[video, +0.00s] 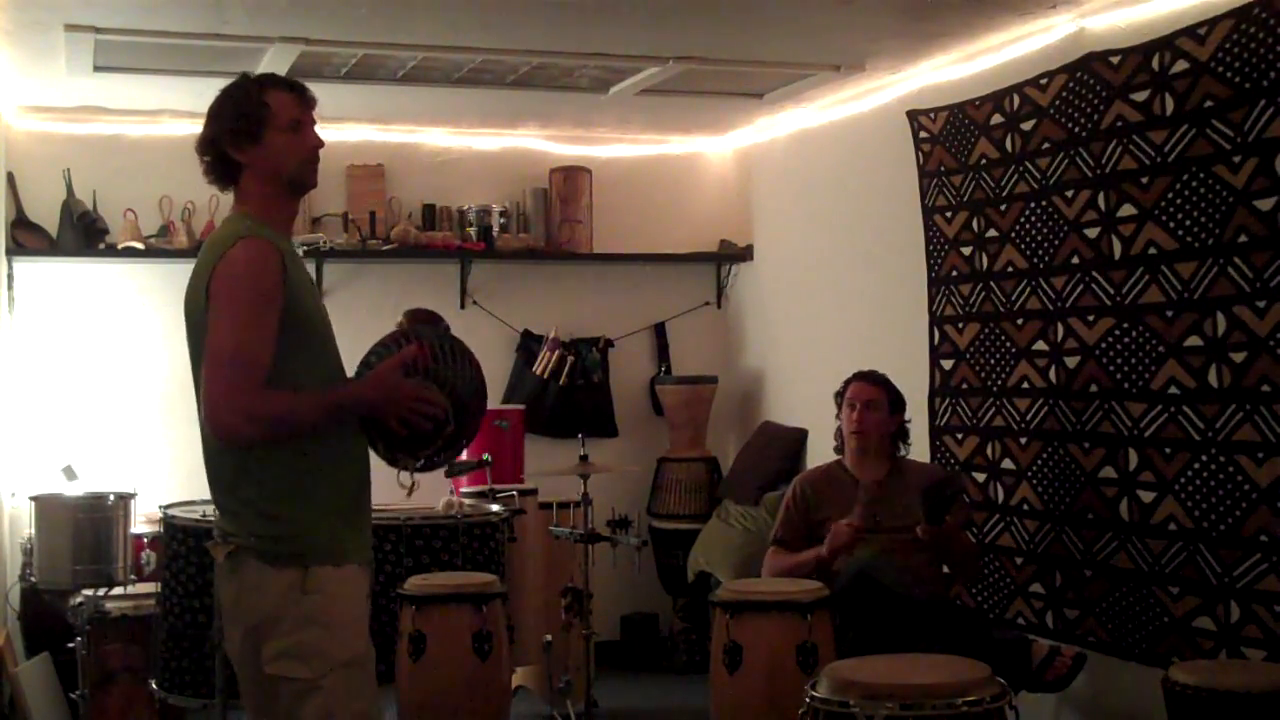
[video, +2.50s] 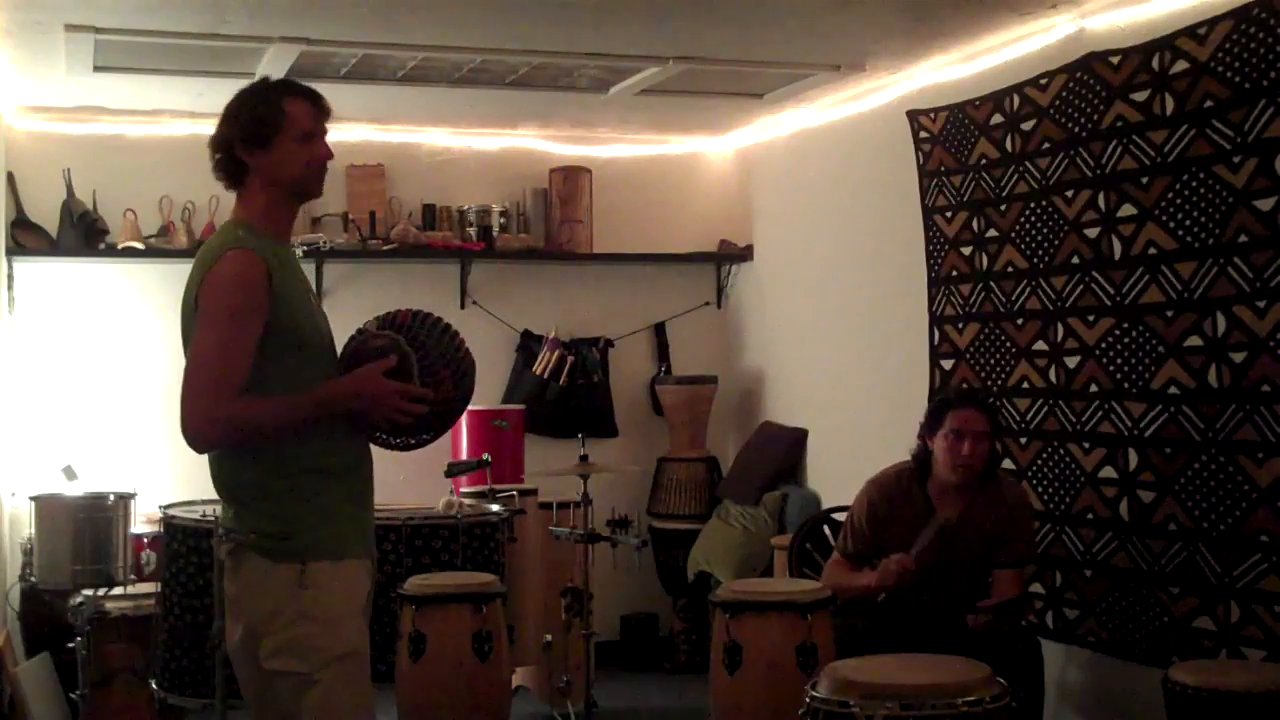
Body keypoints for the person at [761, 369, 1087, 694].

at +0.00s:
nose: (857, 416)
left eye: (870, 408)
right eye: (850, 406)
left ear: (896, 422)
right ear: (839, 418)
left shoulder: (930, 481)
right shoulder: (810, 487)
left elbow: (971, 569)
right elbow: (771, 570)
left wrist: (945, 539)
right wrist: (824, 551)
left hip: (925, 608)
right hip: (843, 614)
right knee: (864, 576)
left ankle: (1019, 663)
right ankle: (1014, 650)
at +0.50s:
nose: (871, 419)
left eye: (883, 410)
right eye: (861, 409)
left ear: (898, 423)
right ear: (841, 420)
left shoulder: (928, 481)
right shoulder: (809, 487)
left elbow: (969, 565)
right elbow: (769, 573)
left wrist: (943, 543)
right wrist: (812, 543)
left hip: (920, 605)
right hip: (839, 613)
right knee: (866, 571)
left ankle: (1020, 664)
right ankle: (1015, 648)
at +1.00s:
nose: (865, 419)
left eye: (877, 410)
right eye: (856, 408)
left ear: (898, 422)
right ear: (843, 417)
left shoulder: (930, 480)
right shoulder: (810, 483)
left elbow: (971, 568)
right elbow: (770, 570)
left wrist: (946, 538)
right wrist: (815, 540)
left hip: (922, 604)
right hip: (839, 610)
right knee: (868, 566)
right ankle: (1008, 650)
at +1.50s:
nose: (912, 410)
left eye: (923, 401)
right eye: (901, 397)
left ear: (933, 413)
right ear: (875, 405)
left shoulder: (955, 475)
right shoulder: (833, 470)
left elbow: (982, 566)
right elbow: (783, 554)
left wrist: (959, 539)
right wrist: (836, 536)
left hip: (933, 612)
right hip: (853, 613)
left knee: (1018, 645)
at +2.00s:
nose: (941, 425)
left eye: (952, 415)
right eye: (930, 413)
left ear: (962, 426)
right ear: (903, 421)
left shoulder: (985, 492)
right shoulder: (861, 481)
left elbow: (1002, 583)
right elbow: (811, 566)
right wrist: (858, 577)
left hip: (953, 622)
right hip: (873, 622)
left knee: (1019, 646)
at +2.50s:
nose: (968, 450)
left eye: (979, 439)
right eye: (956, 437)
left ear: (992, 445)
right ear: (929, 438)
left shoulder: (1008, 500)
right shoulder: (883, 492)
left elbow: (1008, 588)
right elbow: (831, 575)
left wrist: (991, 612)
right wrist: (871, 578)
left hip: (966, 624)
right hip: (889, 619)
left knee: (1021, 648)